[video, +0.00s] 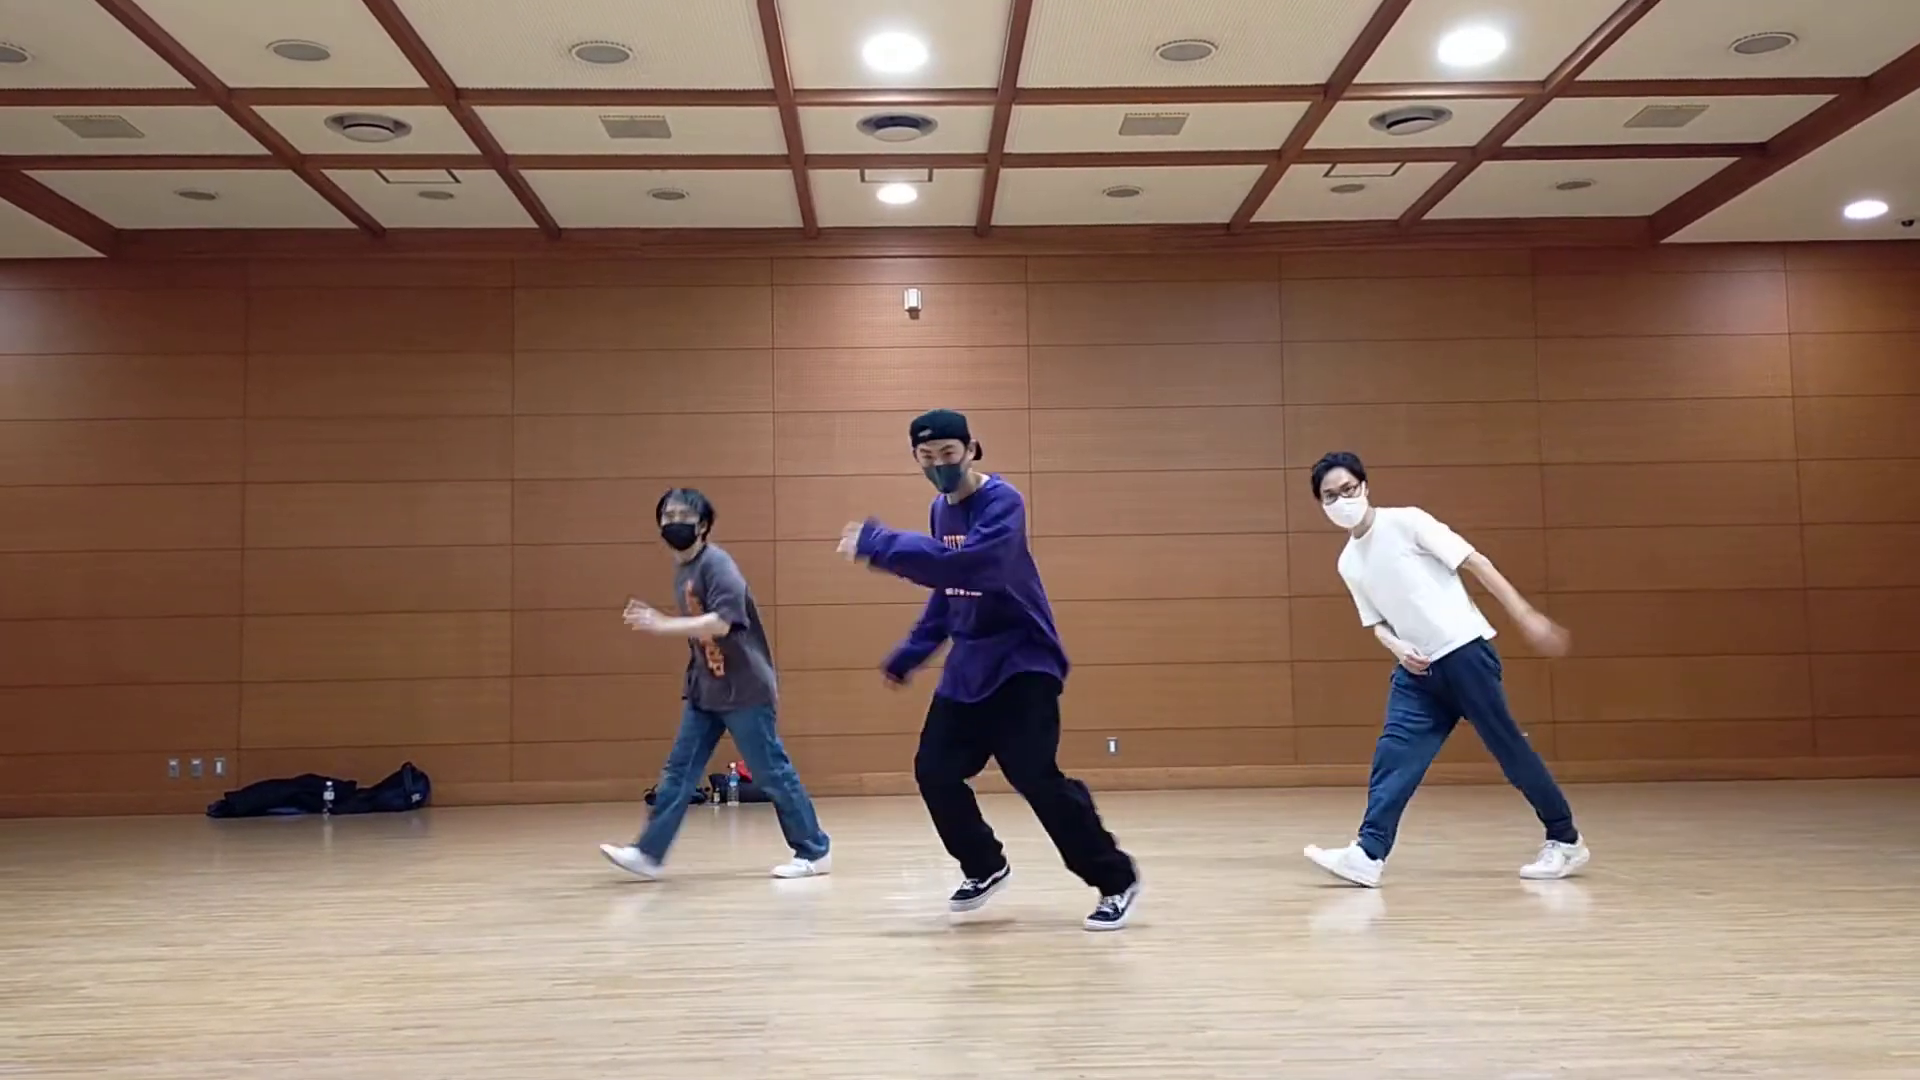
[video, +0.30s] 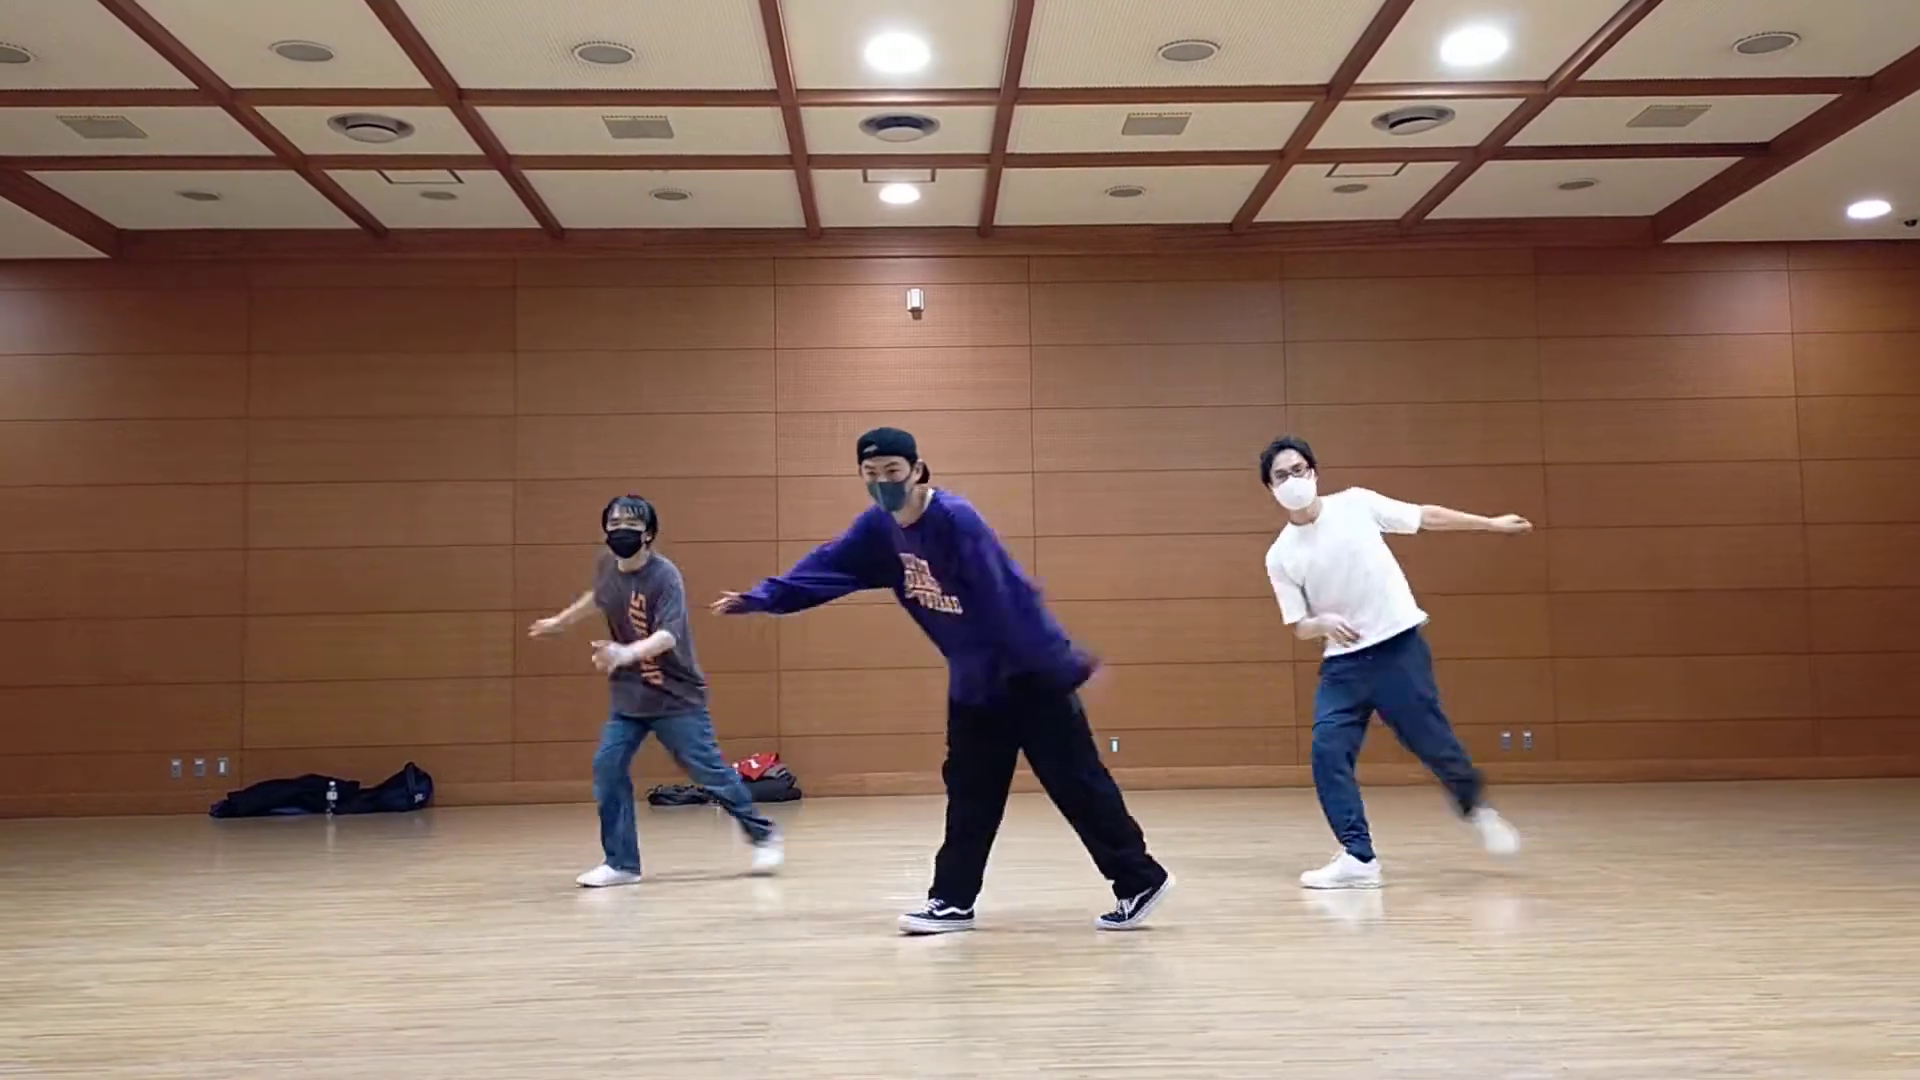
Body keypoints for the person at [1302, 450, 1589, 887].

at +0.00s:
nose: (1342, 501)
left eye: (1349, 489)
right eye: (1331, 496)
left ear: (1365, 488)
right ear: (1322, 506)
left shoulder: (1406, 522)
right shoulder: (1348, 563)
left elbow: (1474, 561)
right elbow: (1376, 624)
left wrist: (1525, 614)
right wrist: (1398, 648)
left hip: (1463, 653)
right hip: (1417, 670)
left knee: (1509, 748)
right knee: (1395, 753)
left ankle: (1566, 841)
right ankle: (1368, 855)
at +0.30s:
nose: (1293, 479)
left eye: (1299, 469)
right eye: (1281, 476)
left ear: (1314, 472)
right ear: (1271, 490)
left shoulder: (1355, 504)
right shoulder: (1280, 556)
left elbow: (1424, 517)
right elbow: (1300, 626)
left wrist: (1491, 523)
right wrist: (1322, 624)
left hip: (1397, 646)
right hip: (1343, 663)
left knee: (1431, 740)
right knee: (1328, 752)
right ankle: (1359, 857)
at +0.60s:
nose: (1293, 483)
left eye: (1301, 474)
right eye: (1283, 475)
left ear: (1311, 477)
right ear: (1265, 479)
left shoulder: (1327, 523)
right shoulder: (1252, 535)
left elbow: (1352, 583)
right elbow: (1233, 582)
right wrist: (1233, 518)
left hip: (1323, 656)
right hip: (1274, 656)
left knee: (1287, 754)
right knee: (1290, 741)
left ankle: (1231, 842)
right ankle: (1281, 840)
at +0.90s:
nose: (1330, 487)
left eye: (1339, 481)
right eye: (1323, 476)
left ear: (1343, 492)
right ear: (1300, 476)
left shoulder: (1313, 543)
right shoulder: (1270, 516)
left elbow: (1279, 612)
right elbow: (1216, 556)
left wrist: (1298, 666)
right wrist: (1244, 584)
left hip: (1272, 657)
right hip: (1232, 649)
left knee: (1324, 744)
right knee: (1212, 747)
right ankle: (1170, 851)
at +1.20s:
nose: (1373, 474)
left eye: (1383, 468)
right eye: (1365, 464)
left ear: (1394, 479)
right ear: (1349, 469)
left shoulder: (1385, 536)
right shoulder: (1314, 501)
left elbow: (1357, 601)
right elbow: (1243, 510)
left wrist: (1343, 653)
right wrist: (1171, 514)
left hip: (1330, 652)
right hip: (1287, 639)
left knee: (1356, 744)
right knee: (1258, 738)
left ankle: (1363, 852)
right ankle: (1195, 831)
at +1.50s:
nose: (1404, 474)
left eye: (1413, 465)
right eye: (1394, 466)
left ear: (1426, 468)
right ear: (1380, 470)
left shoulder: (1442, 522)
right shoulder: (1355, 511)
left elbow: (1456, 589)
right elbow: (1305, 557)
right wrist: (1250, 564)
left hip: (1423, 644)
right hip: (1367, 645)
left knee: (1444, 728)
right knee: (1401, 748)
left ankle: (1414, 833)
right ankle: (1439, 832)